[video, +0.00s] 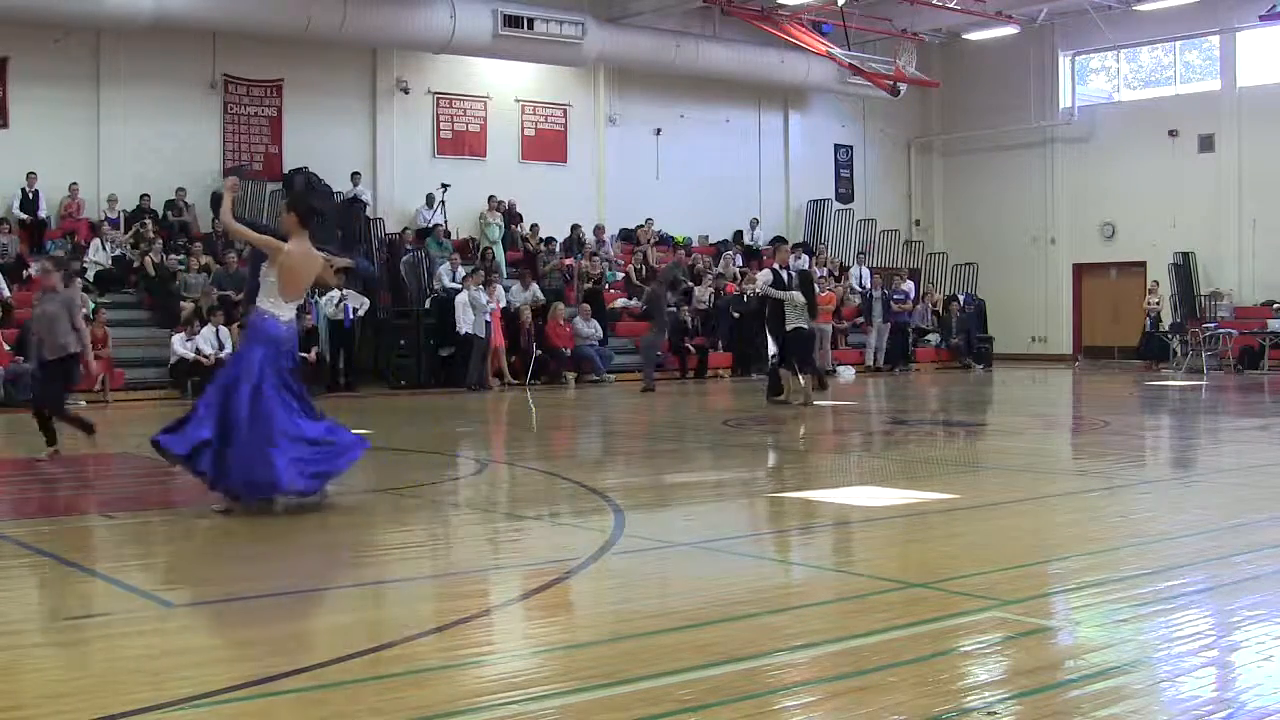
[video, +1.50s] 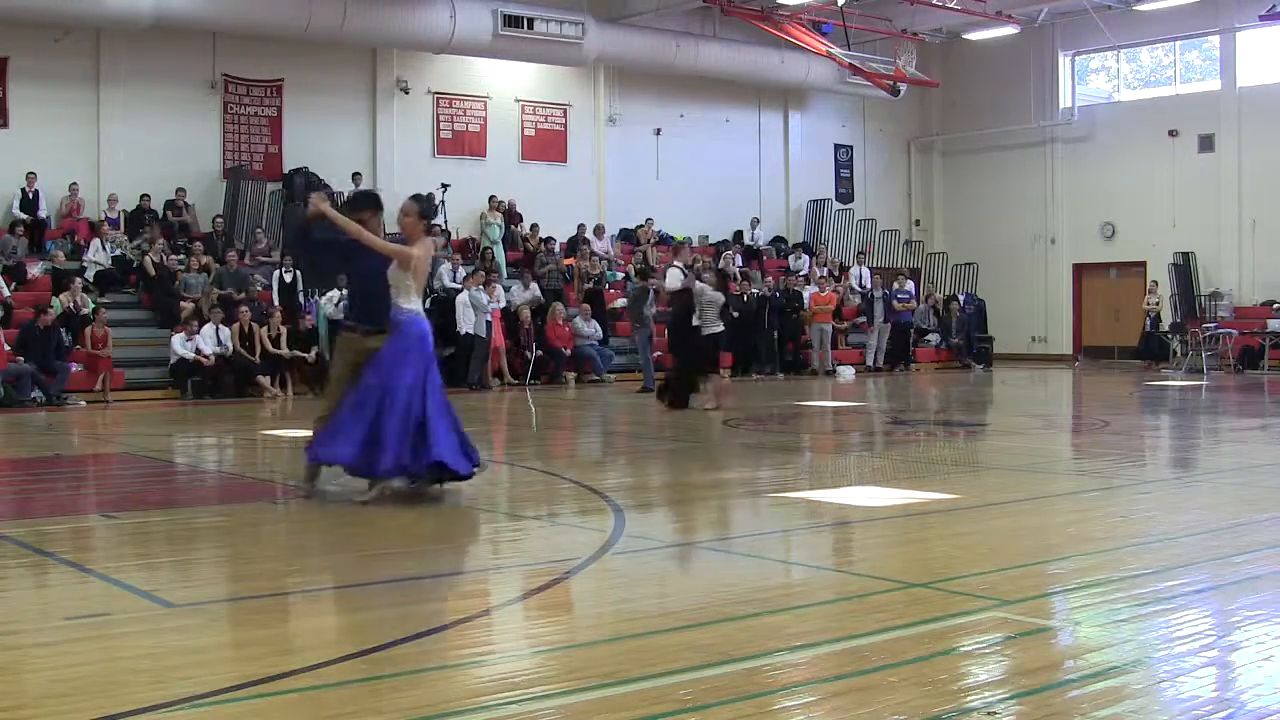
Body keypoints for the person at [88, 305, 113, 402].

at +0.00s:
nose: (105, 316)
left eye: (105, 314)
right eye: (102, 314)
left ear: (105, 316)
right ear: (96, 315)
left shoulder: (107, 331)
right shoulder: (89, 330)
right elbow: (87, 347)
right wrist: (100, 353)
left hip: (103, 356)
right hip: (92, 357)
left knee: (106, 362)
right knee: (105, 366)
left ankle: (98, 382)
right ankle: (106, 393)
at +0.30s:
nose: (105, 315)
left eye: (105, 313)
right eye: (103, 313)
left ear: (105, 315)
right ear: (96, 315)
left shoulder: (107, 330)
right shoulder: (89, 330)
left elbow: (110, 347)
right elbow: (88, 350)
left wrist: (106, 351)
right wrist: (99, 352)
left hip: (103, 354)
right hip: (92, 356)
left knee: (106, 360)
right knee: (106, 365)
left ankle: (98, 380)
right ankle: (107, 393)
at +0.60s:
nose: (105, 315)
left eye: (105, 313)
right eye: (103, 313)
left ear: (105, 315)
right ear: (96, 315)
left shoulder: (108, 330)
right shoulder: (89, 329)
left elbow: (110, 347)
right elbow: (88, 349)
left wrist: (106, 351)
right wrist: (100, 352)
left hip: (103, 355)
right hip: (92, 356)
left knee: (106, 360)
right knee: (106, 365)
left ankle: (98, 381)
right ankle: (107, 394)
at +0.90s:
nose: (105, 315)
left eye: (105, 312)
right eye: (103, 313)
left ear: (105, 314)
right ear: (96, 315)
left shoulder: (108, 330)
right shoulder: (89, 329)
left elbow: (111, 347)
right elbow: (88, 348)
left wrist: (104, 352)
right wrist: (100, 352)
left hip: (103, 355)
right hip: (92, 356)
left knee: (106, 360)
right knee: (106, 365)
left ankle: (98, 382)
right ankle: (107, 394)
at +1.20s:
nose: (106, 315)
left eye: (106, 313)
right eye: (103, 313)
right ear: (96, 316)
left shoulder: (108, 330)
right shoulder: (89, 330)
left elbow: (109, 349)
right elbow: (89, 349)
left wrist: (103, 352)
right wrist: (100, 352)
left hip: (103, 355)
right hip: (92, 356)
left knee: (106, 360)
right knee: (106, 365)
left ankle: (99, 382)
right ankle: (107, 394)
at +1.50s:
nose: (106, 315)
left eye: (105, 313)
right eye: (103, 313)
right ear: (96, 316)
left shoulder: (108, 330)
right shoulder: (88, 330)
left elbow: (109, 349)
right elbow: (89, 349)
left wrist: (103, 351)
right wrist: (100, 352)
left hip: (103, 355)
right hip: (92, 356)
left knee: (105, 359)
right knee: (106, 366)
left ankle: (99, 382)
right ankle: (107, 394)